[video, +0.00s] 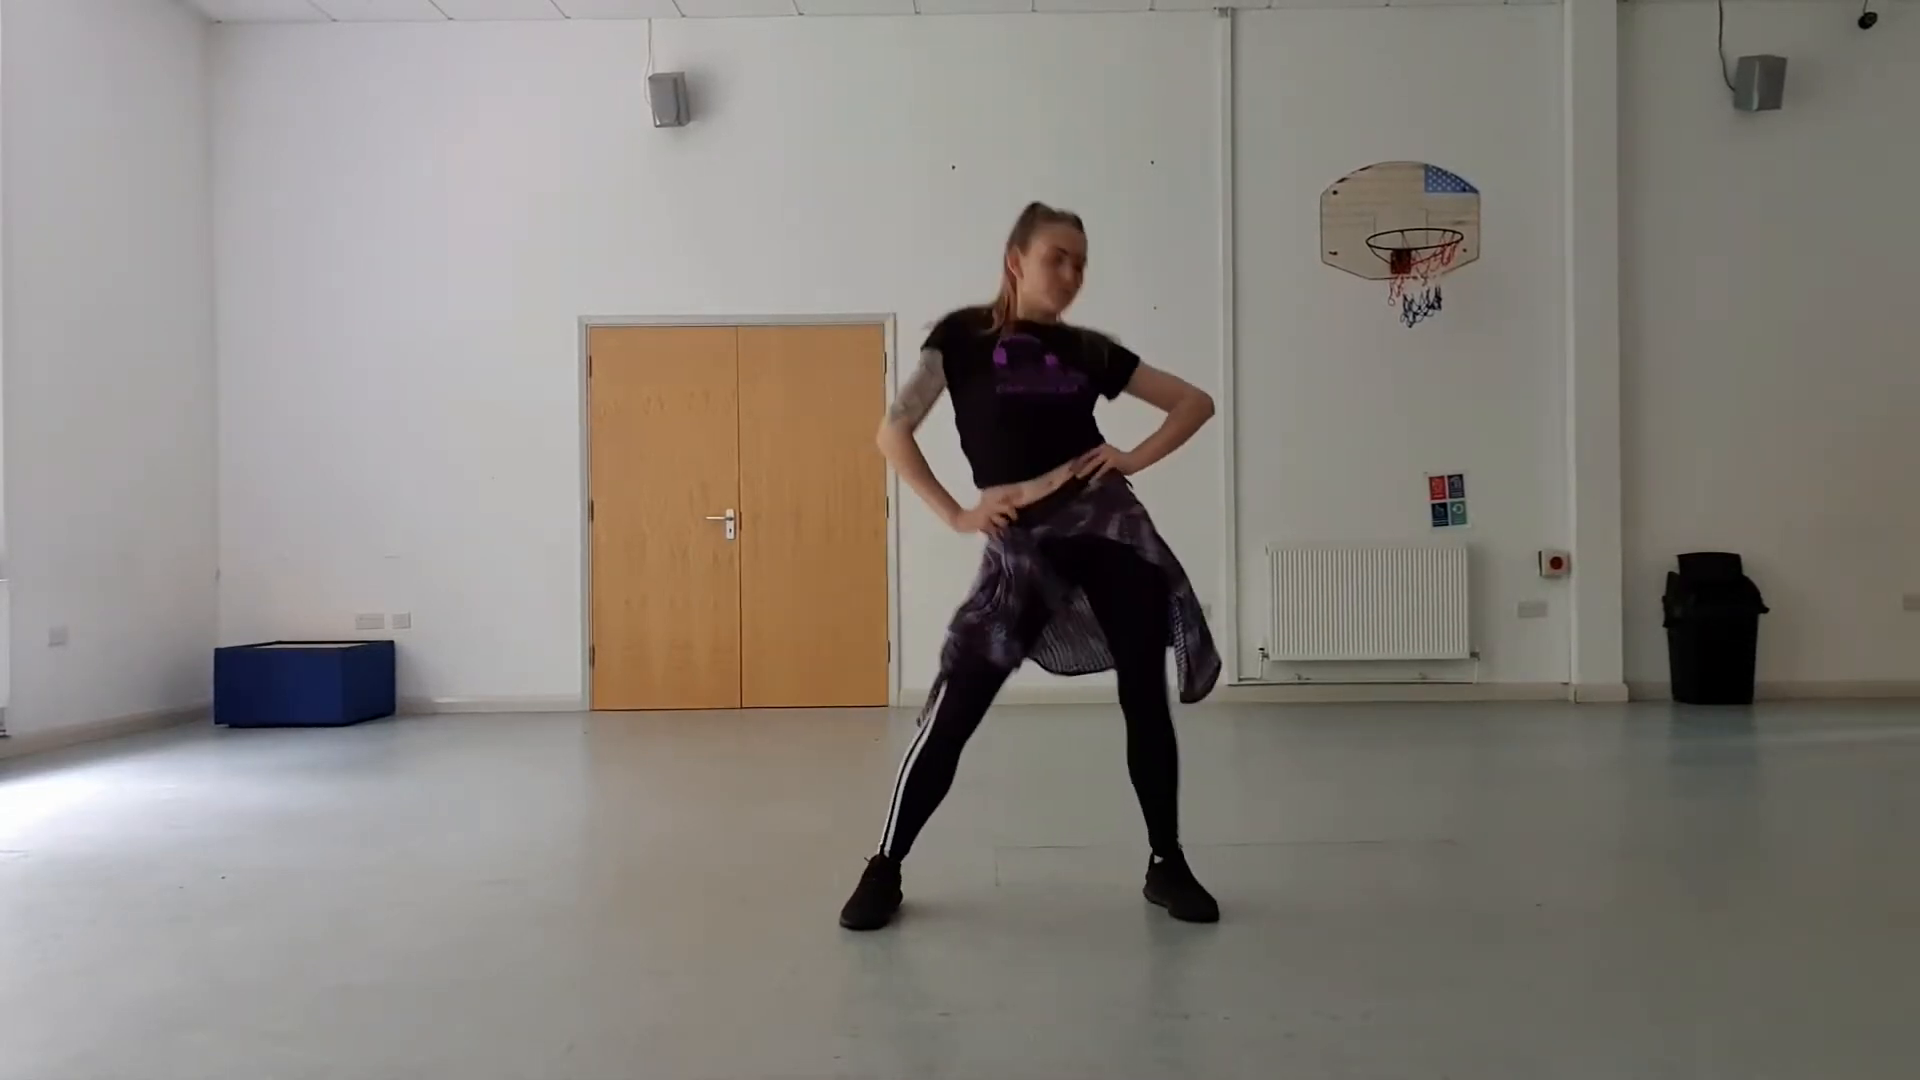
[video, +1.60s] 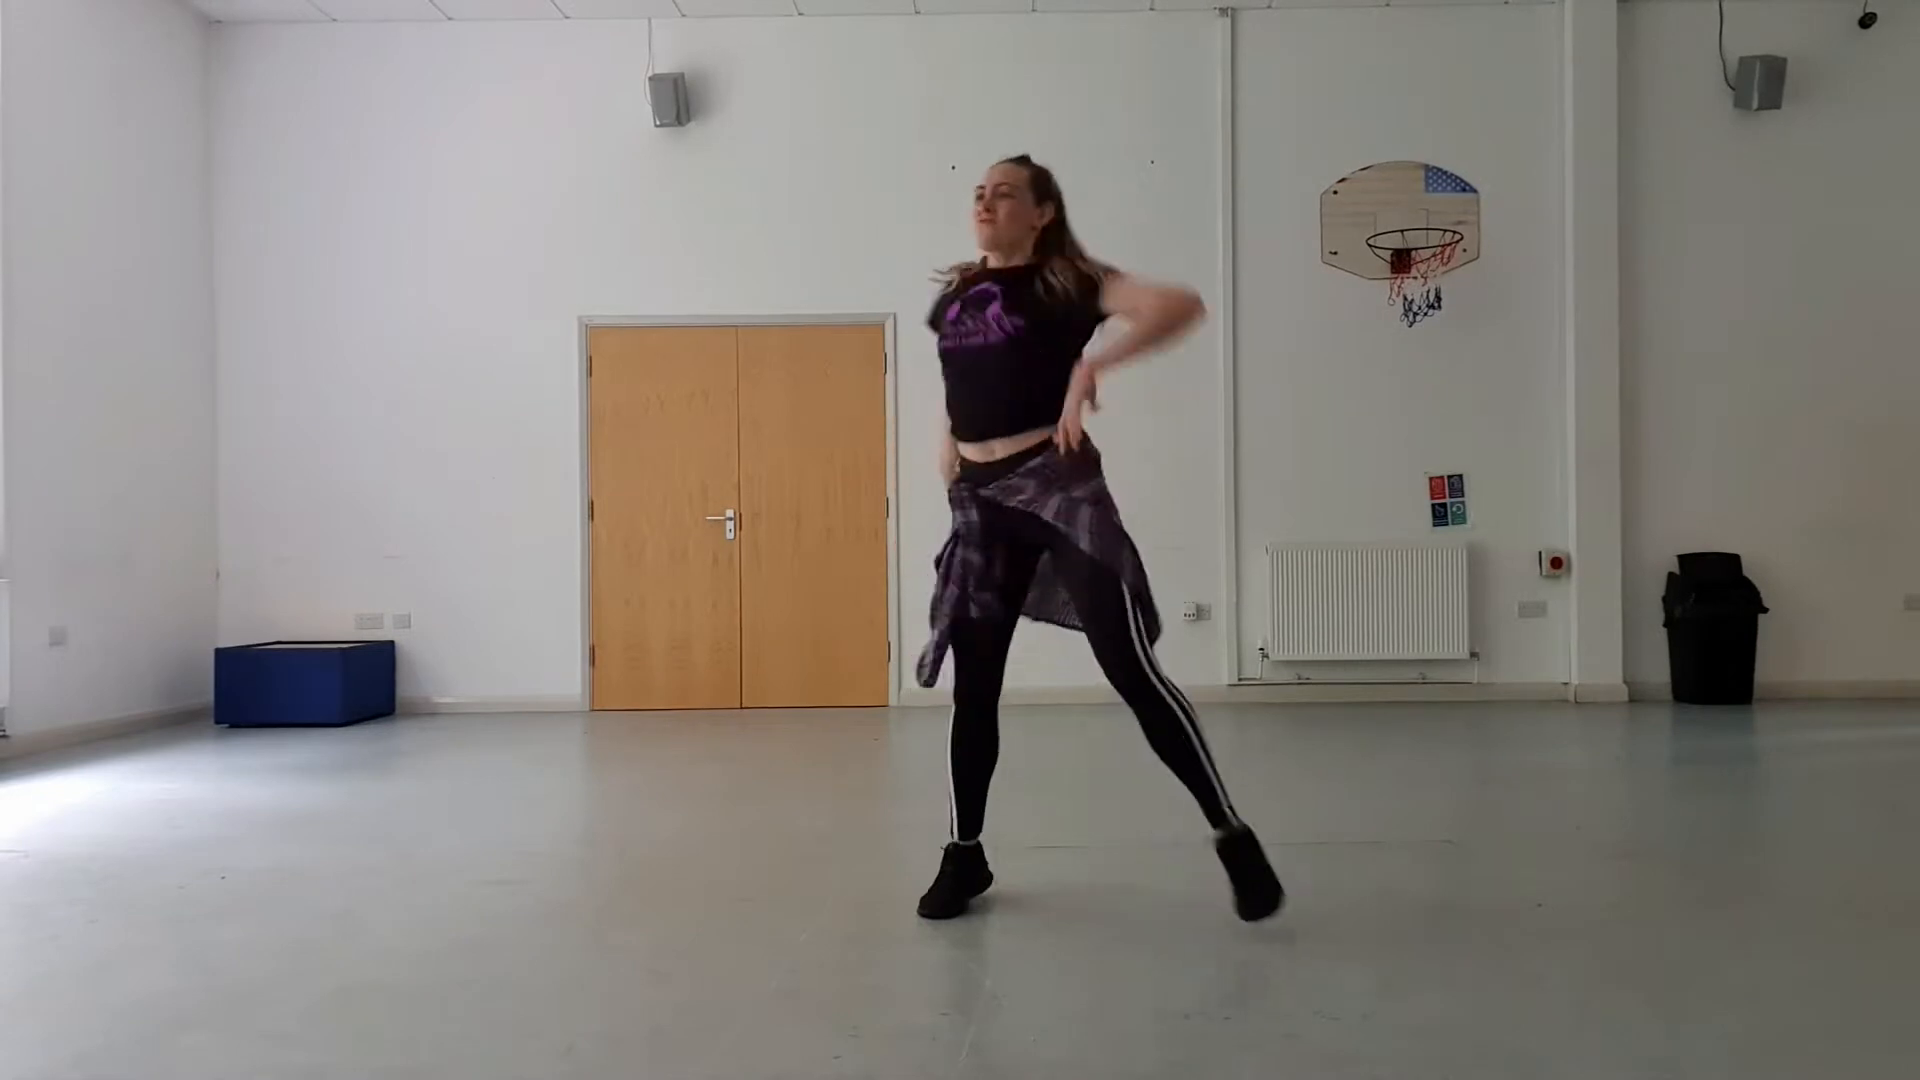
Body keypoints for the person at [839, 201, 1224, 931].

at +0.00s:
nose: (1071, 275)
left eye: (1079, 265)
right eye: (1059, 259)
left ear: (1082, 275)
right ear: (1015, 260)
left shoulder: (1084, 350)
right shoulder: (961, 338)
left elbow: (1194, 404)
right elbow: (894, 431)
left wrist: (1135, 459)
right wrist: (955, 516)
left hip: (1108, 534)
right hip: (1022, 545)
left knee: (1145, 696)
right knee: (955, 708)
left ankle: (1167, 862)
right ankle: (883, 867)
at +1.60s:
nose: (984, 204)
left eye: (1003, 195)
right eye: (980, 195)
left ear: (1042, 214)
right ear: (974, 213)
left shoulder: (1066, 279)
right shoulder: (961, 294)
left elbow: (1179, 306)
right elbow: (960, 392)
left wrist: (1091, 365)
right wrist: (951, 458)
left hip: (1062, 490)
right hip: (984, 501)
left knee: (1131, 672)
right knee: (974, 685)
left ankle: (1231, 836)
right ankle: (965, 853)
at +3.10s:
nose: (1062, 215)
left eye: (1078, 198)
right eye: (1043, 199)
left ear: (1098, 210)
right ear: (1012, 212)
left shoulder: (1082, 305)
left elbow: (1037, 418)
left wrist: (1061, 485)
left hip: (1044, 544)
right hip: (977, 545)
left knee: (1196, 678)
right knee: (1018, 762)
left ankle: (1089, 870)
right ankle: (917, 930)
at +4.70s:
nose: (1036, 277)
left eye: (1050, 268)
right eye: (1024, 270)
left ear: (1072, 288)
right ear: (1009, 290)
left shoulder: (1099, 356)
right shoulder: (987, 357)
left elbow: (1189, 395)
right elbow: (895, 395)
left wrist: (1275, 410)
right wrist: (807, 411)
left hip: (1073, 534)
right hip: (1000, 533)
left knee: (1063, 692)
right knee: (1009, 689)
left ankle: (1064, 784)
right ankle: (1012, 842)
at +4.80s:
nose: (1043, 286)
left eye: (1056, 280)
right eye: (1031, 280)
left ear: (1074, 303)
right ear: (1013, 304)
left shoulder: (1101, 371)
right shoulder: (990, 371)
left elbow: (1185, 424)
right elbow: (913, 430)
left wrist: (1267, 462)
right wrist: (838, 462)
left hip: (1076, 537)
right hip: (1004, 536)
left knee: (1064, 684)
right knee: (1009, 684)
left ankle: (1054, 794)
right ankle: (1007, 831)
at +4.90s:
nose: (1048, 292)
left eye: (1059, 286)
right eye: (1035, 287)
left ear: (1077, 308)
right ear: (1017, 310)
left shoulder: (1100, 373)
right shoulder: (993, 372)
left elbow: (1175, 429)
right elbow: (926, 441)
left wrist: (1244, 482)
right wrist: (860, 490)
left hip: (1074, 534)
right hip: (1002, 533)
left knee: (1064, 677)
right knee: (998, 672)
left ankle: (1054, 798)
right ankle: (997, 814)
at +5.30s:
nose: (1002, 308)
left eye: (1018, 302)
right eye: (997, 302)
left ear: (1047, 323)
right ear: (989, 321)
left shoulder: (1067, 387)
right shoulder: (966, 379)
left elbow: (1134, 449)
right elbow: (944, 444)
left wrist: (1081, 461)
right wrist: (950, 509)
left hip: (1060, 541)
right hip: (989, 543)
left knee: (1088, 668)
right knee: (976, 682)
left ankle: (1087, 772)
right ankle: (998, 797)